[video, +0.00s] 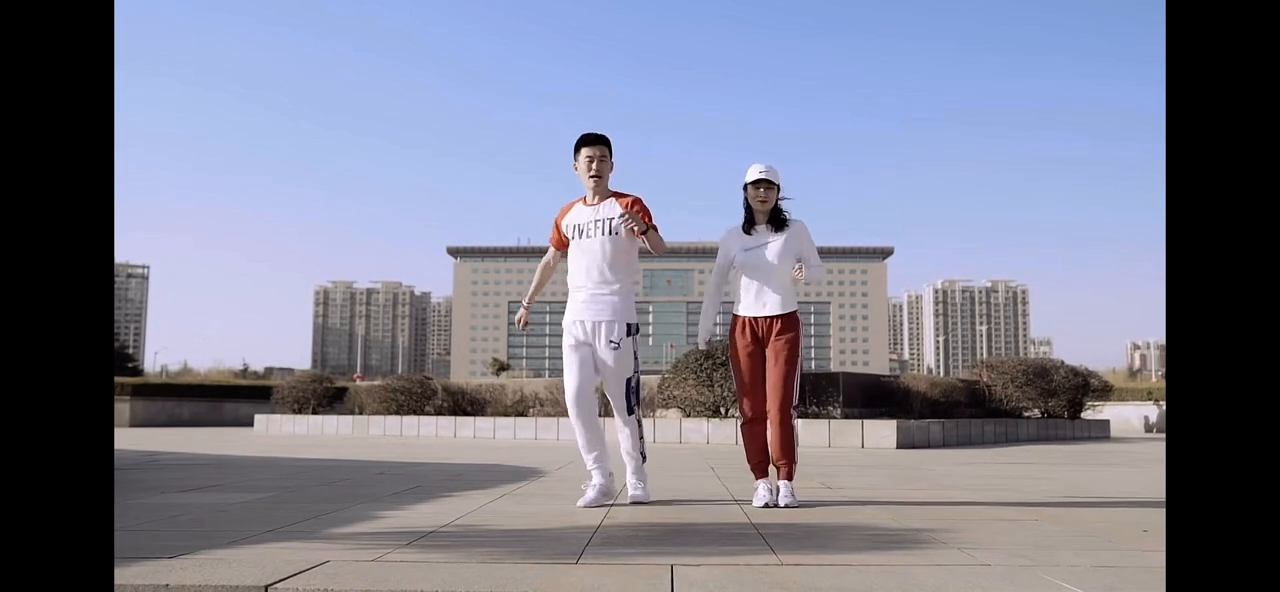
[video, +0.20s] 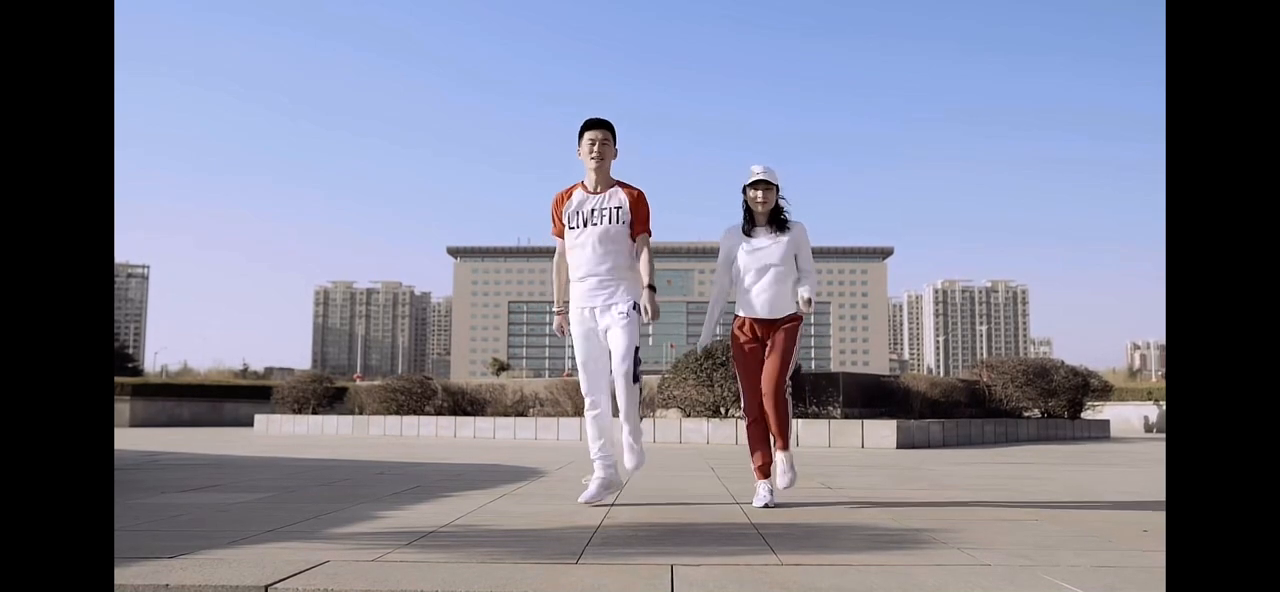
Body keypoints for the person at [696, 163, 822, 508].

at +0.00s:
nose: (762, 192)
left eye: (768, 186)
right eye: (756, 186)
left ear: (777, 192)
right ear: (746, 192)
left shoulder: (795, 230)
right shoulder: (732, 237)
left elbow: (817, 271)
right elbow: (716, 285)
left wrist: (805, 274)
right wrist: (705, 328)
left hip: (783, 325)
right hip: (745, 326)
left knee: (779, 405)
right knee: (751, 407)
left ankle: (784, 482)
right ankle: (762, 482)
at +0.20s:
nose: (761, 194)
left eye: (767, 188)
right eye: (755, 188)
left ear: (776, 193)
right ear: (746, 194)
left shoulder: (795, 232)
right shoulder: (733, 237)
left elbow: (807, 274)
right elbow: (721, 289)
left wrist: (806, 293)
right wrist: (706, 332)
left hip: (785, 323)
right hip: (746, 326)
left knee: (771, 389)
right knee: (752, 404)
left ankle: (782, 452)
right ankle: (762, 480)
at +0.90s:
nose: (774, 190)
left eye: (779, 185)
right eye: (768, 185)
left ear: (789, 191)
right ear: (758, 192)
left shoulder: (806, 232)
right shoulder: (743, 234)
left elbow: (815, 272)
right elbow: (732, 287)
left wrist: (808, 301)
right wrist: (720, 326)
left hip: (793, 316)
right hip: (754, 314)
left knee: (785, 402)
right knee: (759, 339)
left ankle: (783, 484)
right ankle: (755, 403)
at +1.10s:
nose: (774, 178)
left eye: (780, 173)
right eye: (767, 173)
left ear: (789, 178)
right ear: (758, 180)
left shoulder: (805, 218)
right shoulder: (745, 221)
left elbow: (822, 261)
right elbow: (733, 268)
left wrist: (808, 226)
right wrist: (724, 306)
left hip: (793, 309)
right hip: (753, 307)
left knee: (787, 390)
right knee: (765, 363)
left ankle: (784, 474)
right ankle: (770, 443)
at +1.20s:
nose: (774, 187)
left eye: (780, 181)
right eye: (767, 182)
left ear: (789, 187)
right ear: (758, 188)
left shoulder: (805, 228)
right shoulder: (746, 230)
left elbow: (825, 274)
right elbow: (731, 280)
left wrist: (812, 242)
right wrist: (717, 319)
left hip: (795, 319)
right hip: (756, 320)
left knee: (790, 396)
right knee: (766, 384)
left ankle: (787, 476)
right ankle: (772, 470)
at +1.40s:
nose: (773, 177)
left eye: (779, 171)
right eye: (766, 171)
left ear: (788, 178)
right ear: (756, 179)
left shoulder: (805, 218)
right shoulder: (742, 222)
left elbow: (814, 263)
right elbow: (733, 271)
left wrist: (812, 287)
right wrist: (734, 310)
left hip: (793, 305)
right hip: (754, 305)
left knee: (782, 381)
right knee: (759, 393)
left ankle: (787, 428)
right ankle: (763, 477)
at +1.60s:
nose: (778, 176)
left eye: (784, 172)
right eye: (771, 171)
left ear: (792, 180)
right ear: (761, 177)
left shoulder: (804, 220)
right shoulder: (742, 219)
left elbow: (814, 267)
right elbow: (728, 263)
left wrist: (820, 302)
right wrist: (743, 288)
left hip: (795, 307)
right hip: (754, 311)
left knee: (775, 338)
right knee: (758, 399)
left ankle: (778, 419)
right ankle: (763, 480)